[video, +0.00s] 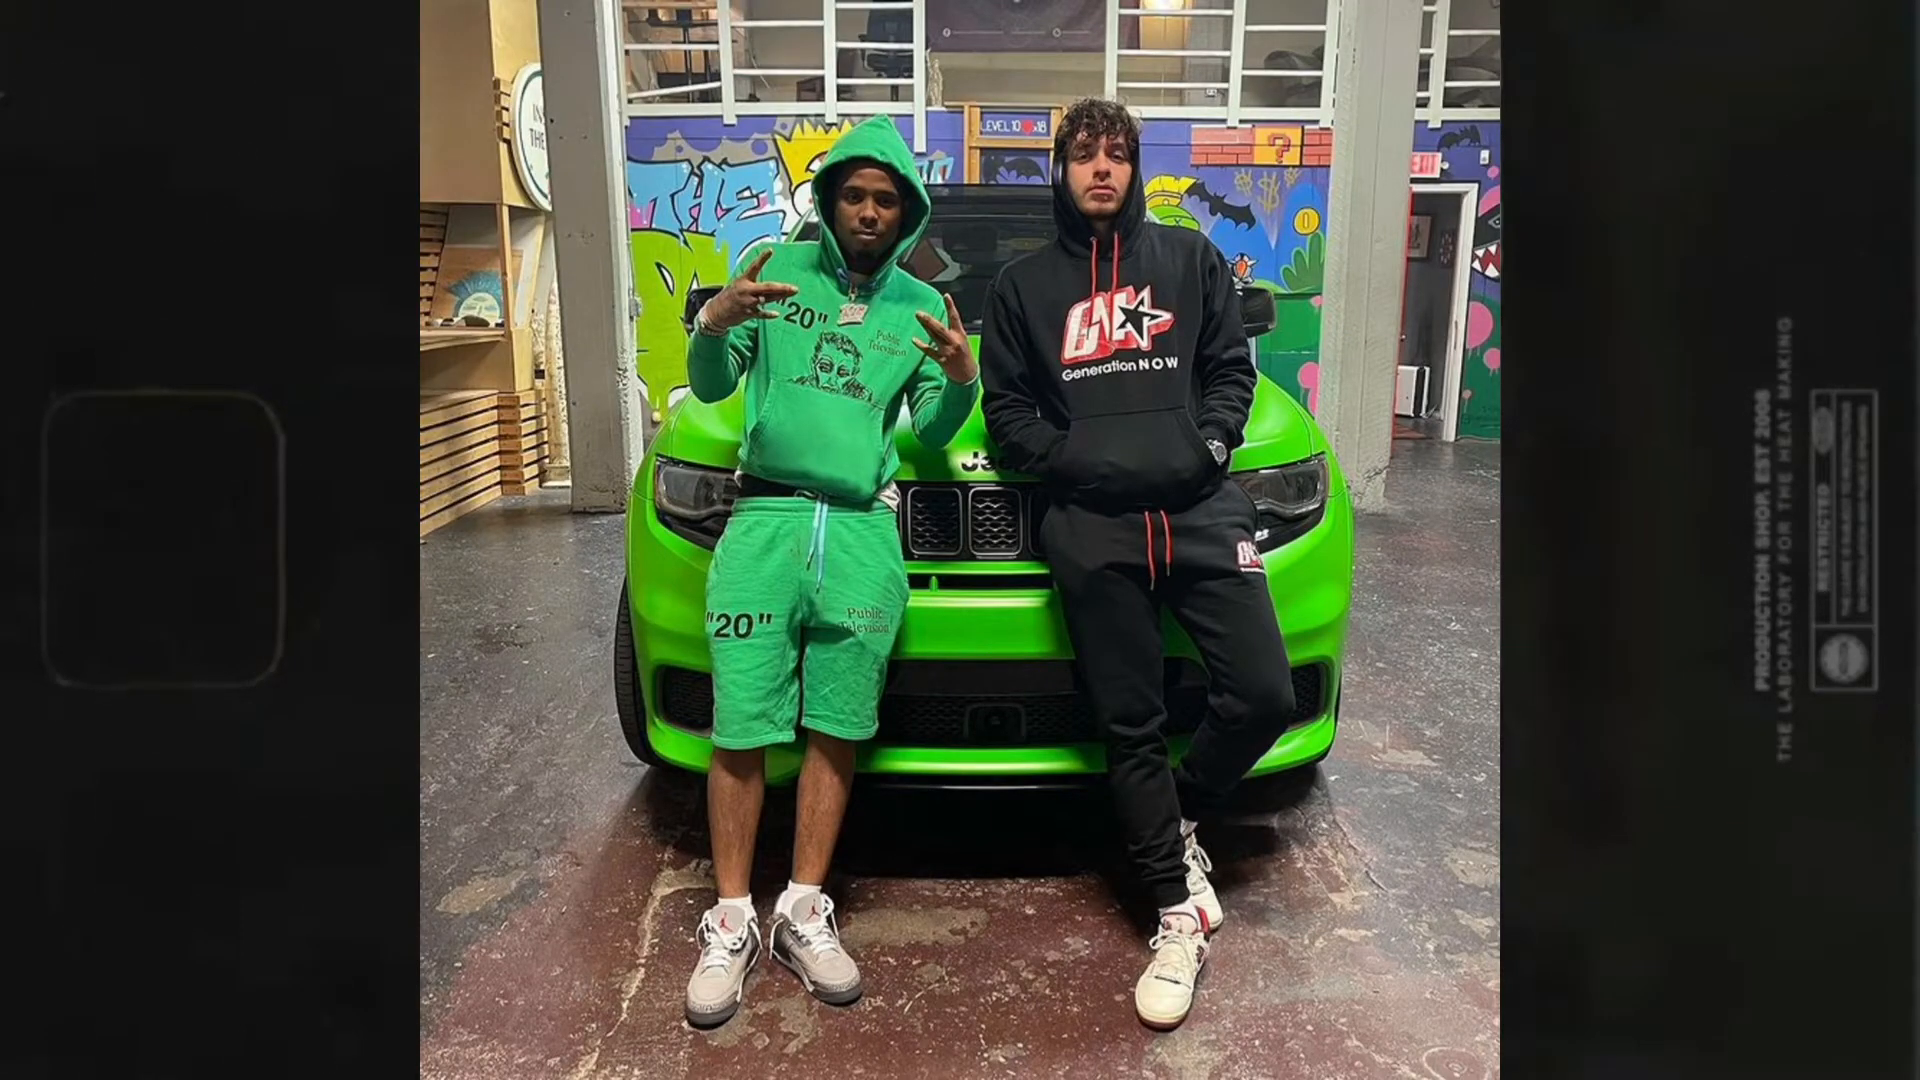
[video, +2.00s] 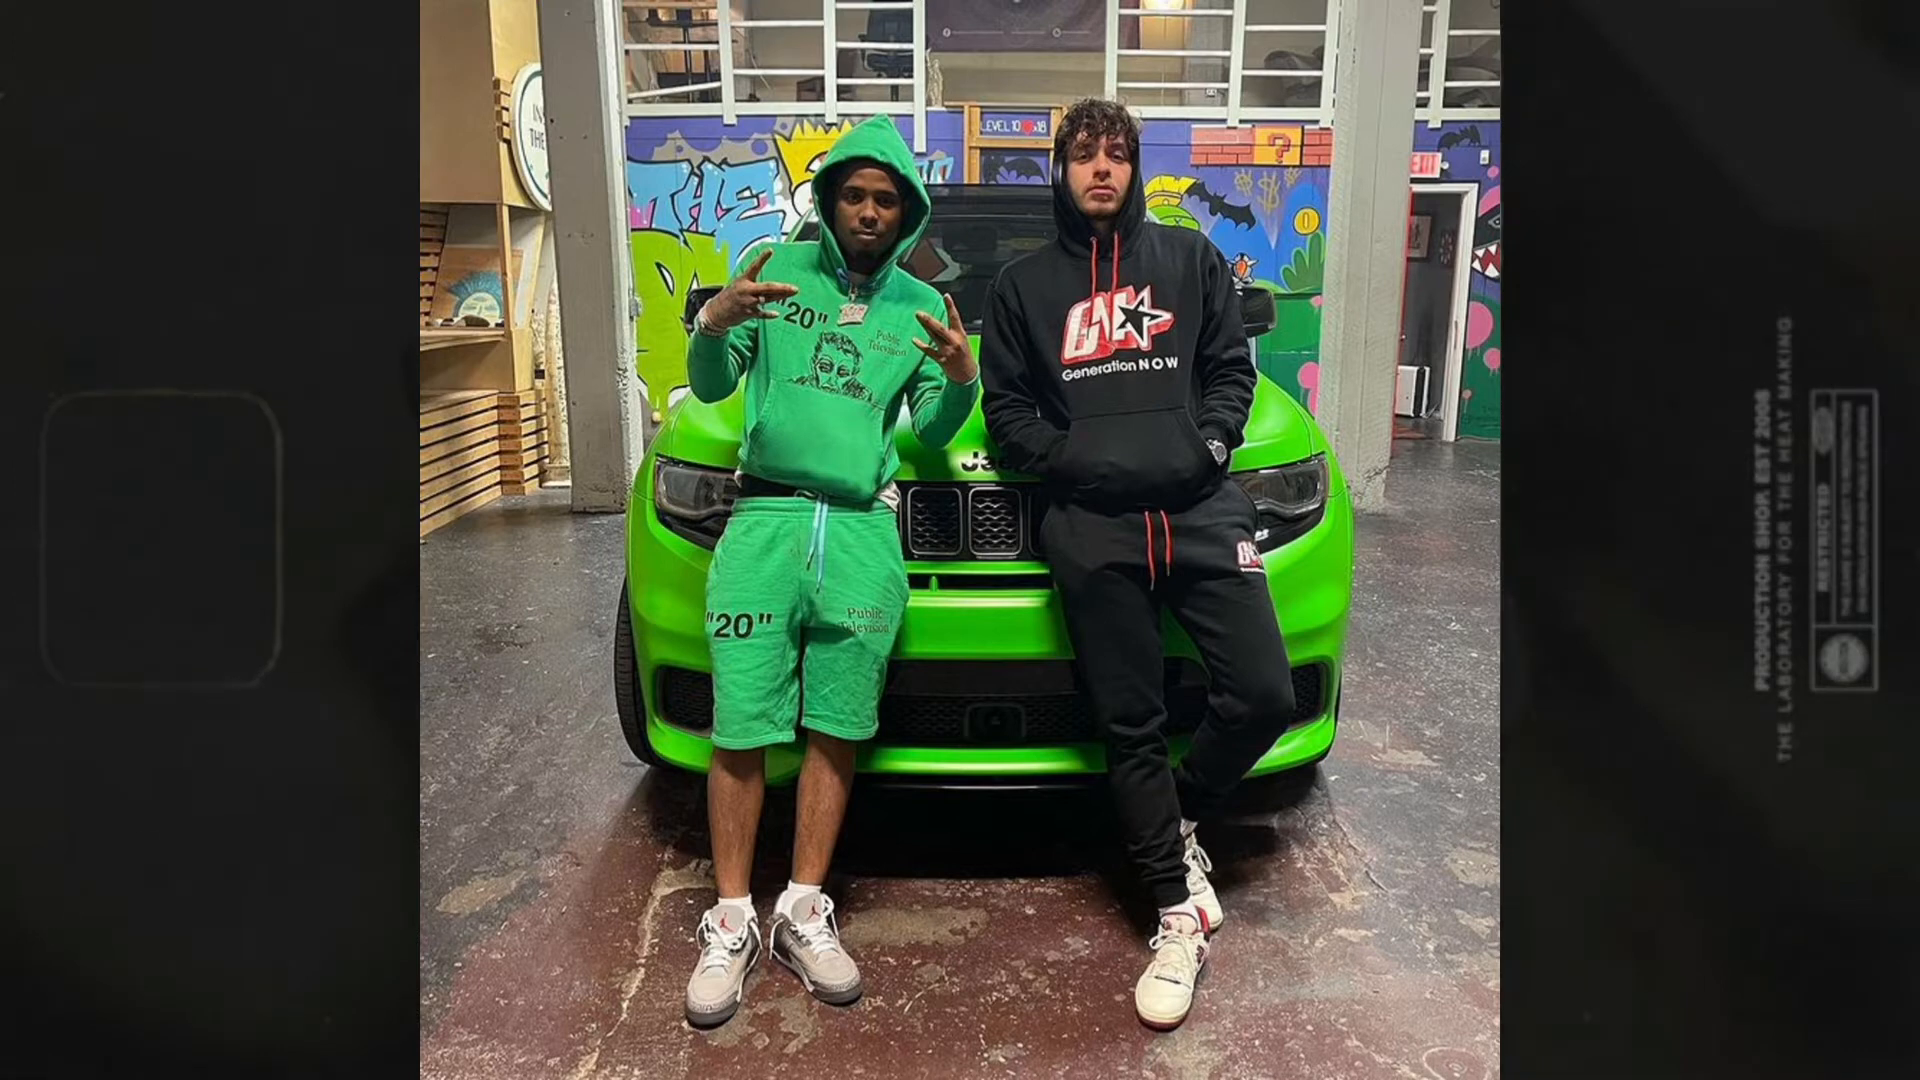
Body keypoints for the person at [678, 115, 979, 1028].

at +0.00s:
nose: (869, 213)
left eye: (885, 199)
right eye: (855, 196)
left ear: (906, 212)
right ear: (827, 202)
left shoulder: (923, 306)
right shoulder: (775, 267)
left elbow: (923, 439)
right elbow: (712, 384)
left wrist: (960, 380)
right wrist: (712, 322)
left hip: (861, 527)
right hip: (764, 516)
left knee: (838, 728)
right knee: (741, 729)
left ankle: (805, 909)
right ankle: (732, 919)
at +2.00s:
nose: (868, 212)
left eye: (885, 198)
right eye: (854, 196)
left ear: (907, 212)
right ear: (827, 202)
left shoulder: (923, 305)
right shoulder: (776, 268)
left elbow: (923, 439)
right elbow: (712, 384)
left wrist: (961, 380)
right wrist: (713, 321)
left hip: (861, 527)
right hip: (763, 517)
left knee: (838, 728)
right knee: (741, 728)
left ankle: (805, 908)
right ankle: (732, 919)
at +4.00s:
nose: (868, 212)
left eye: (885, 198)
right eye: (854, 196)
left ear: (907, 212)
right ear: (827, 202)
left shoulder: (923, 305)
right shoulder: (776, 268)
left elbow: (923, 439)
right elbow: (712, 384)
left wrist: (961, 380)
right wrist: (713, 321)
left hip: (861, 527)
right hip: (763, 517)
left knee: (838, 728)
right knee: (741, 728)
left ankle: (805, 908)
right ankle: (732, 919)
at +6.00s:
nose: (868, 212)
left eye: (885, 198)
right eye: (854, 196)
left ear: (907, 212)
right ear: (827, 202)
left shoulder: (923, 305)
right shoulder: (776, 268)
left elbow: (923, 439)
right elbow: (712, 384)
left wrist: (961, 380)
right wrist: (713, 321)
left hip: (861, 527)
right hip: (763, 517)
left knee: (838, 728)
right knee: (741, 728)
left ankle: (805, 908)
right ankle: (732, 919)